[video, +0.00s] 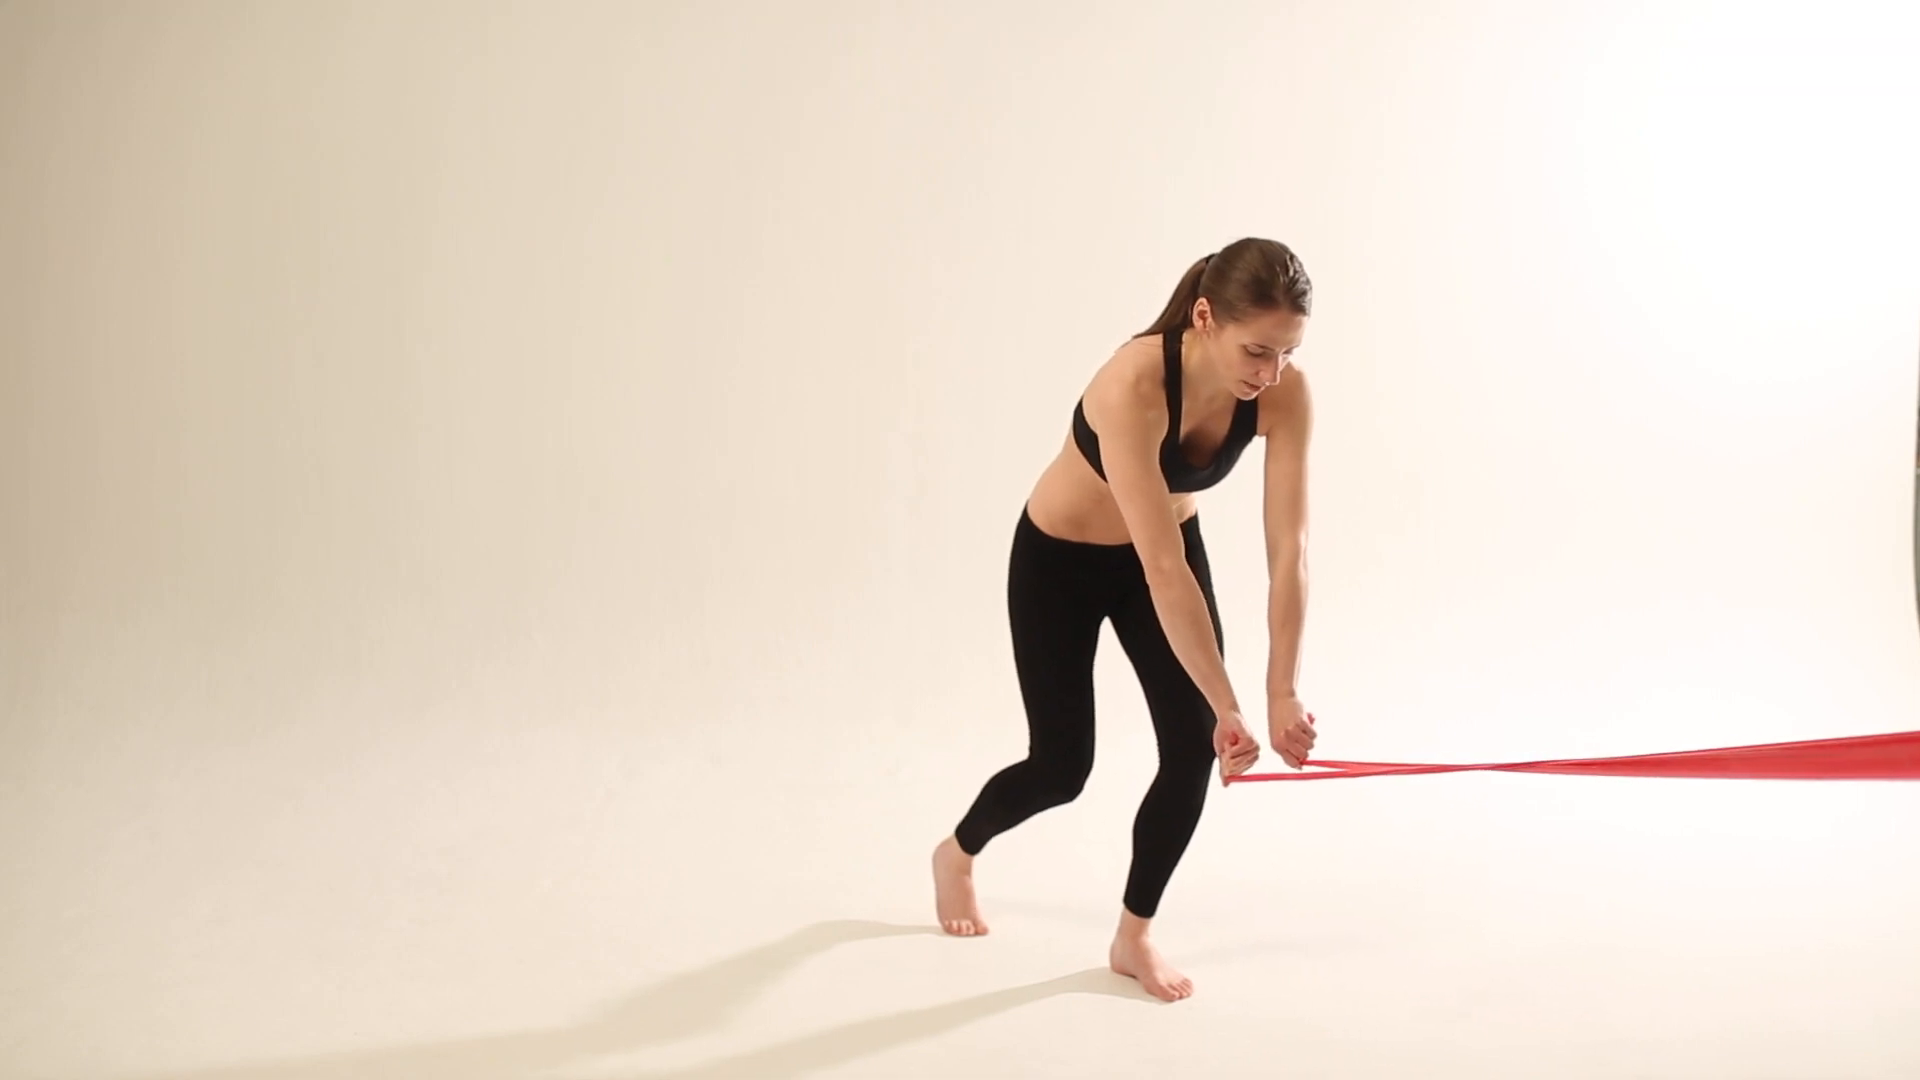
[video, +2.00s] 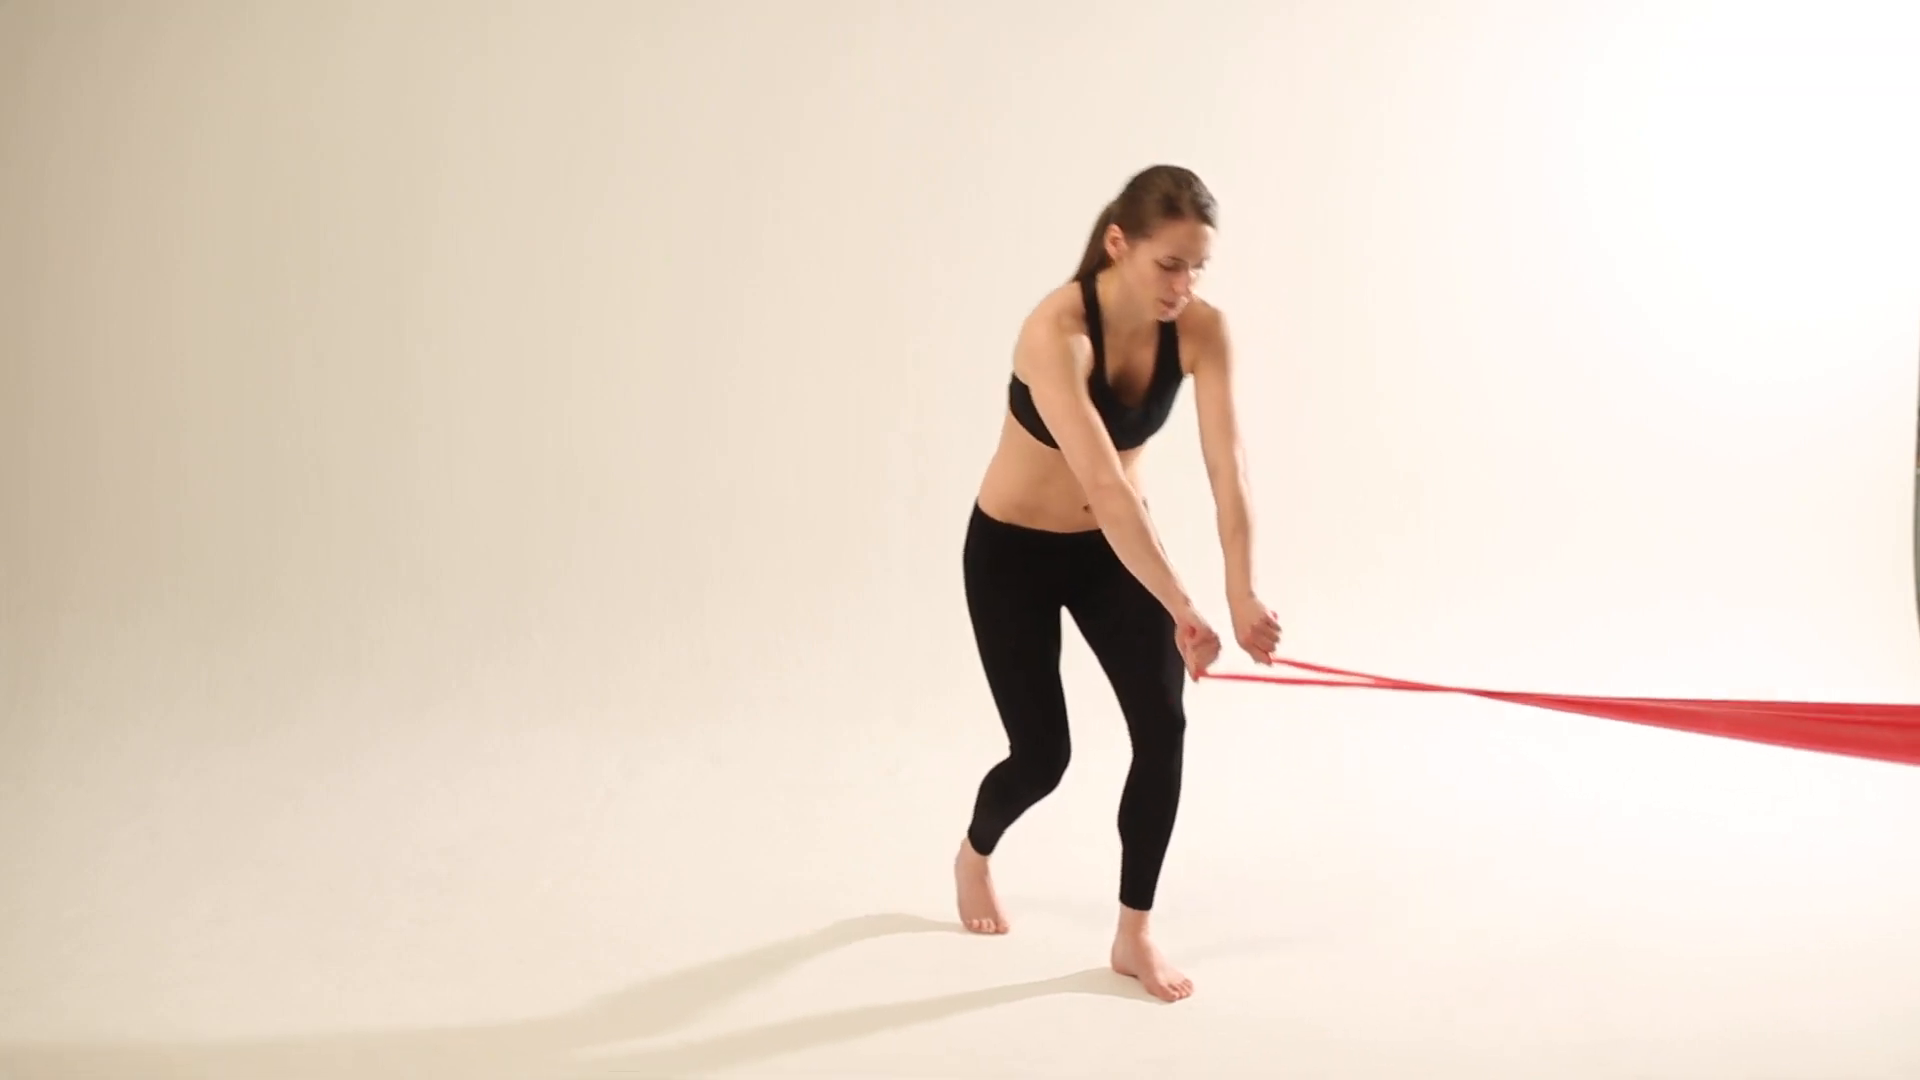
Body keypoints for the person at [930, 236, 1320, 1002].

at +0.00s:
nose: (1274, 371)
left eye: (1287, 352)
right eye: (1259, 350)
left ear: (1301, 332)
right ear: (1203, 319)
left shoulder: (1282, 392)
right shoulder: (1132, 384)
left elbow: (1288, 547)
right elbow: (1164, 570)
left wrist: (1281, 690)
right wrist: (1227, 711)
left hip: (1165, 555)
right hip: (1060, 558)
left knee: (1190, 750)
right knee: (1062, 766)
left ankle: (1133, 931)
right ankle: (956, 851)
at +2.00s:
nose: (1186, 286)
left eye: (1196, 267)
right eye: (1170, 265)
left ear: (1205, 257)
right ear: (1117, 244)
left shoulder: (1198, 326)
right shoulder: (1054, 330)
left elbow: (1224, 465)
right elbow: (1105, 488)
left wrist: (1243, 591)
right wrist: (1182, 612)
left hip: (1114, 549)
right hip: (1013, 552)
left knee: (1161, 732)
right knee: (1042, 755)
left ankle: (1133, 930)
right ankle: (972, 852)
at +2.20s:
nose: (1107, 228)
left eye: (1118, 211)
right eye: (1092, 209)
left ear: (1127, 209)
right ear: (1041, 194)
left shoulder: (1122, 280)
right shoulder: (983, 289)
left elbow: (1164, 404)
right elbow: (1028, 430)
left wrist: (1187, 509)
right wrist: (1125, 527)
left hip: (1065, 525)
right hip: (963, 525)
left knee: (1117, 711)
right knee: (1006, 722)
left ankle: (1139, 915)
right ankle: (973, 866)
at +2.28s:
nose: (1076, 204)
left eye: (1088, 186)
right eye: (1062, 184)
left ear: (1097, 187)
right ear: (1011, 173)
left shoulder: (1092, 258)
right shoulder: (956, 264)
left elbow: (1150, 375)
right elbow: (983, 405)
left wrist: (1159, 467)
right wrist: (1093, 483)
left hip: (1043, 509)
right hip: (945, 513)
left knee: (1100, 696)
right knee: (988, 705)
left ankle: (1118, 897)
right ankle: (974, 873)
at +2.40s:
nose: (1040, 170)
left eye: (1050, 153)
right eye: (1025, 151)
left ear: (1056, 157)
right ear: (973, 147)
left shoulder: (1058, 235)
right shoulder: (922, 240)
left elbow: (1143, 334)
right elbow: (915, 381)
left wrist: (1132, 395)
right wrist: (1035, 414)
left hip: (1023, 492)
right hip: (925, 499)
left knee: (1076, 676)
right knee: (964, 690)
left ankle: (1033, 839)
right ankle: (971, 874)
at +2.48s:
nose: (1018, 153)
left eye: (1028, 137)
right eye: (1003, 135)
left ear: (1032, 140)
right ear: (951, 132)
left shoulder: (1038, 220)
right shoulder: (902, 228)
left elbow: (1136, 308)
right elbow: (874, 361)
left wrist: (1126, 349)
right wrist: (985, 368)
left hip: (1015, 484)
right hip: (918, 490)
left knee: (1051, 677)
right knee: (953, 682)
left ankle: (987, 786)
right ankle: (966, 871)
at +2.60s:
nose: (988, 138)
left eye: (998, 123)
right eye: (972, 121)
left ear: (1003, 126)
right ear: (922, 121)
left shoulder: (1014, 208)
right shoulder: (875, 216)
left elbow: (1125, 276)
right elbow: (816, 337)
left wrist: (1118, 293)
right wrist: (918, 311)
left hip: (1003, 473)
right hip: (908, 478)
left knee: (1012, 673)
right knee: (943, 674)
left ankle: (932, 757)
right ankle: (966, 868)